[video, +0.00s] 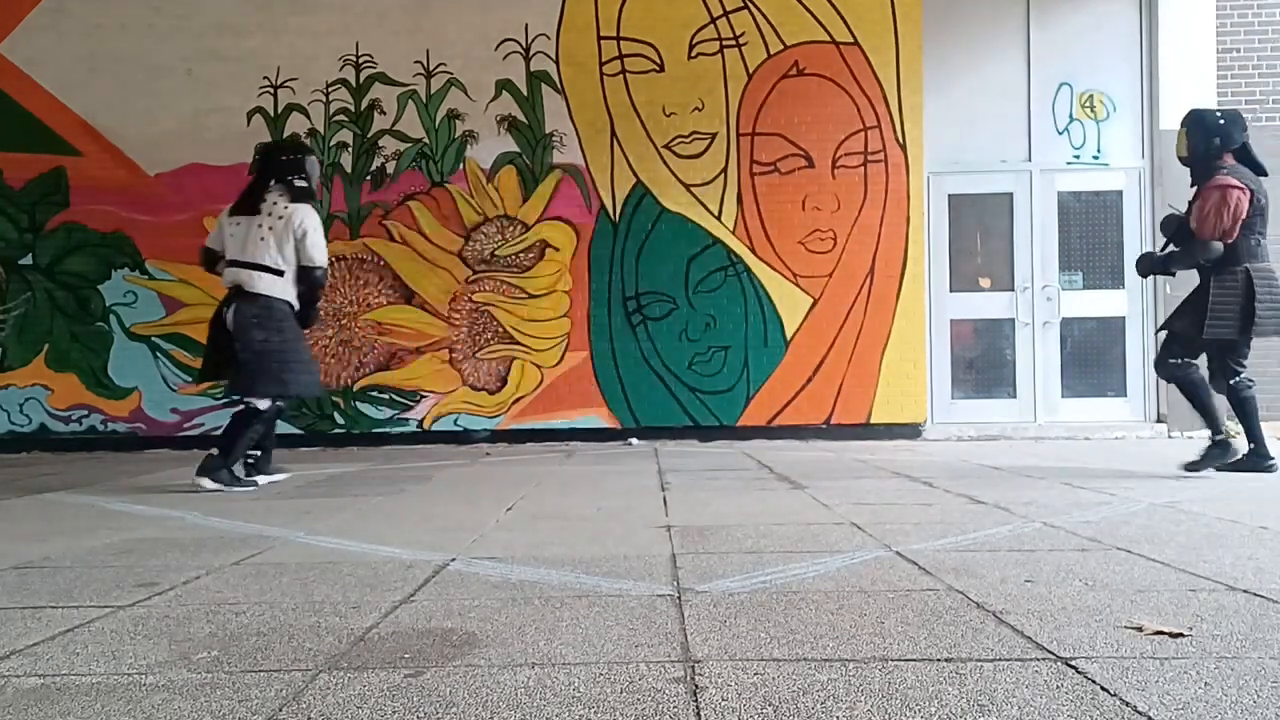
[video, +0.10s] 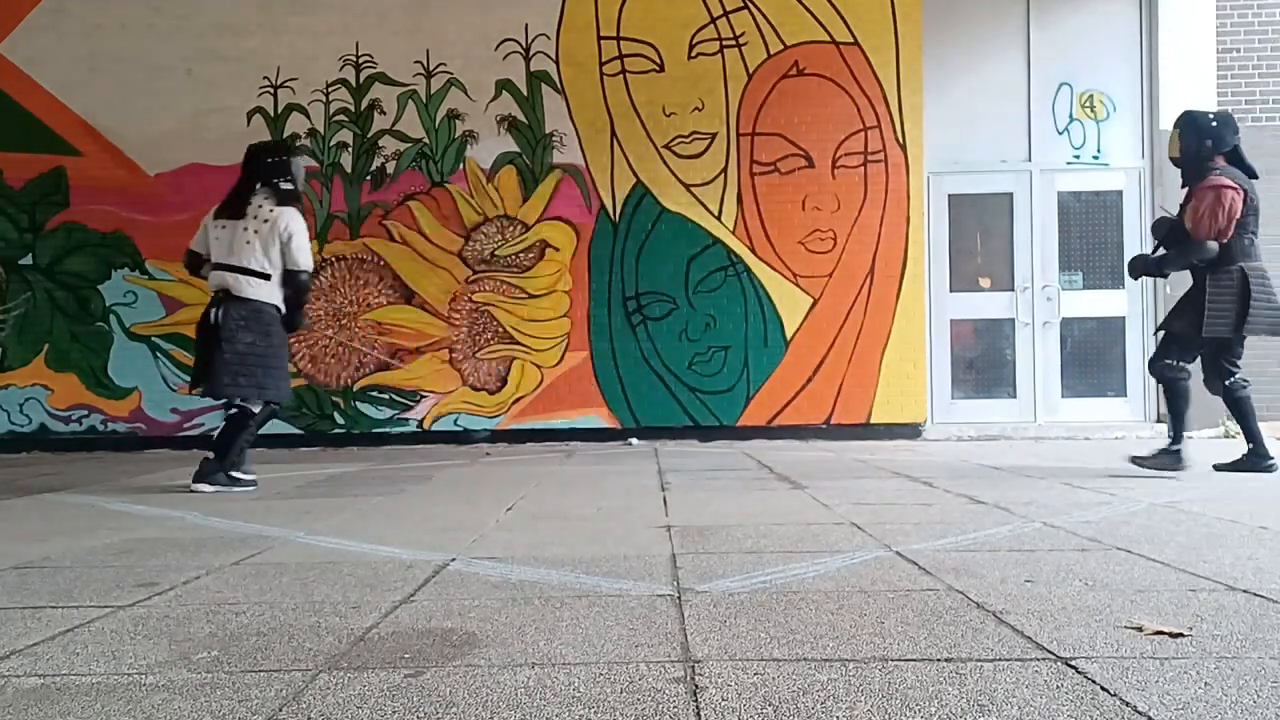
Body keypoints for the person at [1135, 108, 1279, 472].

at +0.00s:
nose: (1183, 147)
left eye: (1190, 140)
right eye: (1183, 139)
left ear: (1212, 143)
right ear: (1225, 145)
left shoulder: (1222, 185)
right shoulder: (1242, 179)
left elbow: (1208, 249)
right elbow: (1227, 239)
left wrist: (1161, 262)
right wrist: (1183, 229)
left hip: (1225, 287)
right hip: (1247, 285)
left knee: (1172, 359)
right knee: (1230, 370)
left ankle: (1220, 439)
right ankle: (1260, 452)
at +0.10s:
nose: (1176, 150)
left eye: (1183, 142)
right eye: (1176, 141)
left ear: (1207, 146)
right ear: (1216, 147)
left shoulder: (1217, 187)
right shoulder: (1228, 180)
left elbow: (1201, 249)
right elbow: (1216, 242)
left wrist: (1153, 264)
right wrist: (1171, 232)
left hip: (1218, 289)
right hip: (1237, 288)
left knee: (1169, 361)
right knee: (1224, 370)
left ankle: (1174, 449)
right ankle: (1259, 451)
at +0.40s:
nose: (1144, 159)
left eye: (1151, 151)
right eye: (1144, 150)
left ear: (1174, 155)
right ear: (1184, 157)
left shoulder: (1181, 193)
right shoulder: (1196, 190)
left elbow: (1155, 250)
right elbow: (1173, 245)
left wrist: (1115, 272)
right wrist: (1136, 244)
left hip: (1181, 298)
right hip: (1200, 296)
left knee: (1134, 374)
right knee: (1195, 383)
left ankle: (1121, 459)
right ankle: (1254, 448)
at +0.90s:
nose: (1110, 165)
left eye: (1116, 157)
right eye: (1110, 157)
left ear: (1140, 159)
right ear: (1146, 160)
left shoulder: (1155, 201)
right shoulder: (1154, 195)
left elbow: (1137, 262)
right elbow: (1139, 248)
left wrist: (1091, 278)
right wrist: (1109, 248)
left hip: (1160, 298)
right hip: (1169, 297)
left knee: (1103, 365)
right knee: (1171, 386)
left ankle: (1117, 453)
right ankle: (1222, 453)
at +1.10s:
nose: (1093, 166)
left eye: (1100, 158)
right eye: (1094, 158)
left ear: (1125, 162)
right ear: (1125, 164)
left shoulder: (1146, 206)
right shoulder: (1121, 202)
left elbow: (1132, 265)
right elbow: (1113, 259)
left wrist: (1074, 280)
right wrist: (1080, 260)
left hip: (1152, 303)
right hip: (1145, 302)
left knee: (1102, 369)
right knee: (1167, 385)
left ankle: (1114, 458)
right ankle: (1222, 452)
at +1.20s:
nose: (1081, 166)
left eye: (1088, 158)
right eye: (1081, 158)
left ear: (1113, 162)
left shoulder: (1139, 202)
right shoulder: (1100, 208)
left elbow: (1139, 265)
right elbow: (1086, 265)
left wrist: (1082, 283)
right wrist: (1047, 270)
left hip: (1137, 299)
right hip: (1120, 299)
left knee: (1090, 375)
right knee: (1140, 390)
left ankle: (1114, 459)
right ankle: (1209, 440)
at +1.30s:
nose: (1068, 167)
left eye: (1075, 159)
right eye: (1067, 159)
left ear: (1099, 160)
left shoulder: (1132, 200)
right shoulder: (1075, 211)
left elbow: (1148, 257)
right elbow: (1063, 260)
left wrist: (1102, 281)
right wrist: (1046, 288)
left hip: (1123, 299)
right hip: (1090, 302)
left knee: (1089, 378)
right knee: (1077, 383)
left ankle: (1115, 459)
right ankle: (1150, 421)